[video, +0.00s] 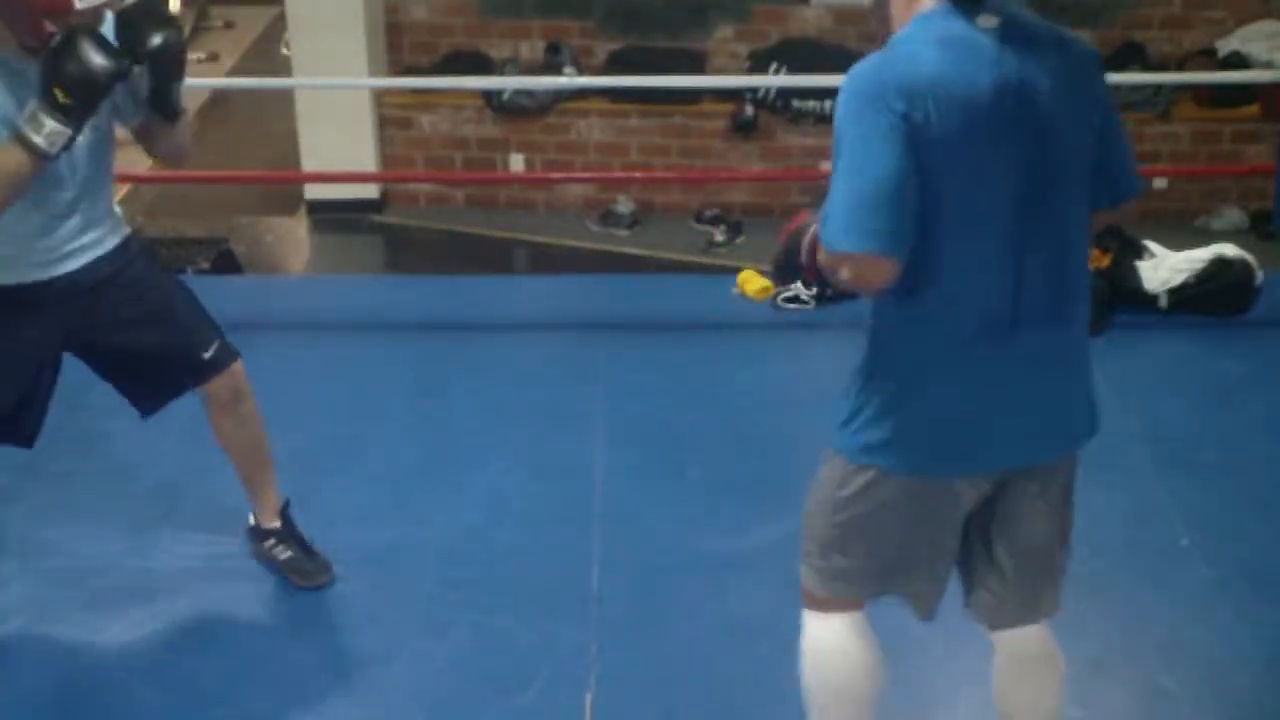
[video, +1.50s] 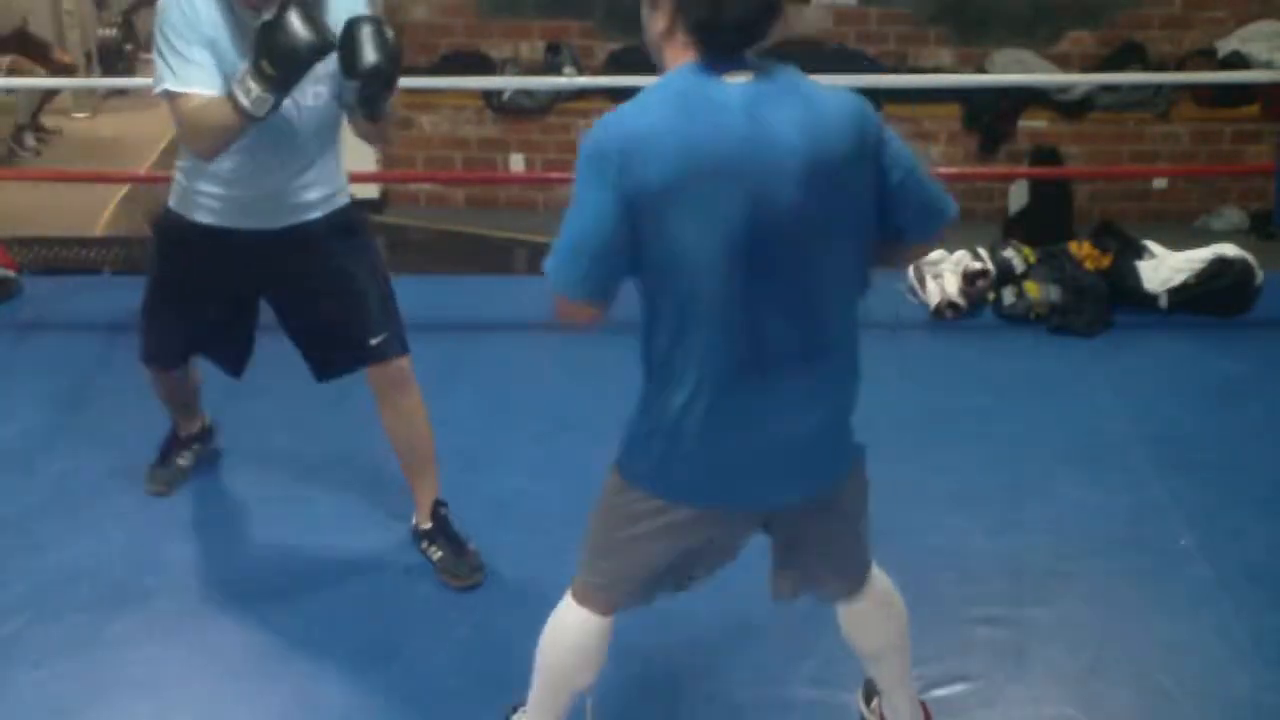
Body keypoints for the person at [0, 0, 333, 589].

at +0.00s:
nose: (52, 26)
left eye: (63, 14)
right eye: (39, 15)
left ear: (77, 11)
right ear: (8, 14)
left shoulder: (88, 50)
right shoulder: (3, 71)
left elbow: (172, 151)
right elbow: (3, 190)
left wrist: (164, 86)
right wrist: (54, 114)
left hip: (103, 260)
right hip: (12, 284)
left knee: (224, 374)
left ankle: (271, 522)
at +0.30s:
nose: (126, 29)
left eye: (138, 17)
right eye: (115, 15)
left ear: (148, 11)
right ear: (71, 2)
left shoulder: (154, 37)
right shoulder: (14, 44)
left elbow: (212, 163)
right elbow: (22, 190)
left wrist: (206, 100)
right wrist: (95, 128)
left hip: (150, 261)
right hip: (32, 277)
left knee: (261, 389)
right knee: (4, 427)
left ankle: (338, 523)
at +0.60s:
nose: (175, 15)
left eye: (188, 5)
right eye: (161, 7)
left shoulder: (230, 20)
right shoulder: (78, 28)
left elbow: (278, 158)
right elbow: (100, 171)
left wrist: (276, 91)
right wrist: (169, 103)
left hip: (205, 236)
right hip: (86, 242)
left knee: (299, 374)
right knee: (25, 388)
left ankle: (342, 525)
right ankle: (40, 472)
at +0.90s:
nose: (141, 8)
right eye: (123, 5)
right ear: (90, 0)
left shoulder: (195, 10)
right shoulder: (40, 22)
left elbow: (243, 128)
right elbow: (53, 164)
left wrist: (235, 92)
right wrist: (117, 109)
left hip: (210, 225)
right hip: (93, 240)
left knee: (318, 362)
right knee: (47, 390)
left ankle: (380, 500)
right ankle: (62, 480)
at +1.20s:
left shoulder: (303, 16)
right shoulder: (156, 14)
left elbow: (360, 142)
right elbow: (161, 150)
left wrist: (344, 62)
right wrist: (223, 78)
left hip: (280, 227)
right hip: (167, 231)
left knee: (369, 368)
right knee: (107, 373)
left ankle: (427, 517)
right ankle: (69, 476)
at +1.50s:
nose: (262, 0)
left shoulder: (342, 7)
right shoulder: (190, 9)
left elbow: (375, 133)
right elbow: (197, 136)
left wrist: (371, 94)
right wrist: (264, 78)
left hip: (317, 214)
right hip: (205, 217)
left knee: (390, 362)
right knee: (163, 353)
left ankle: (431, 520)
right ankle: (191, 433)